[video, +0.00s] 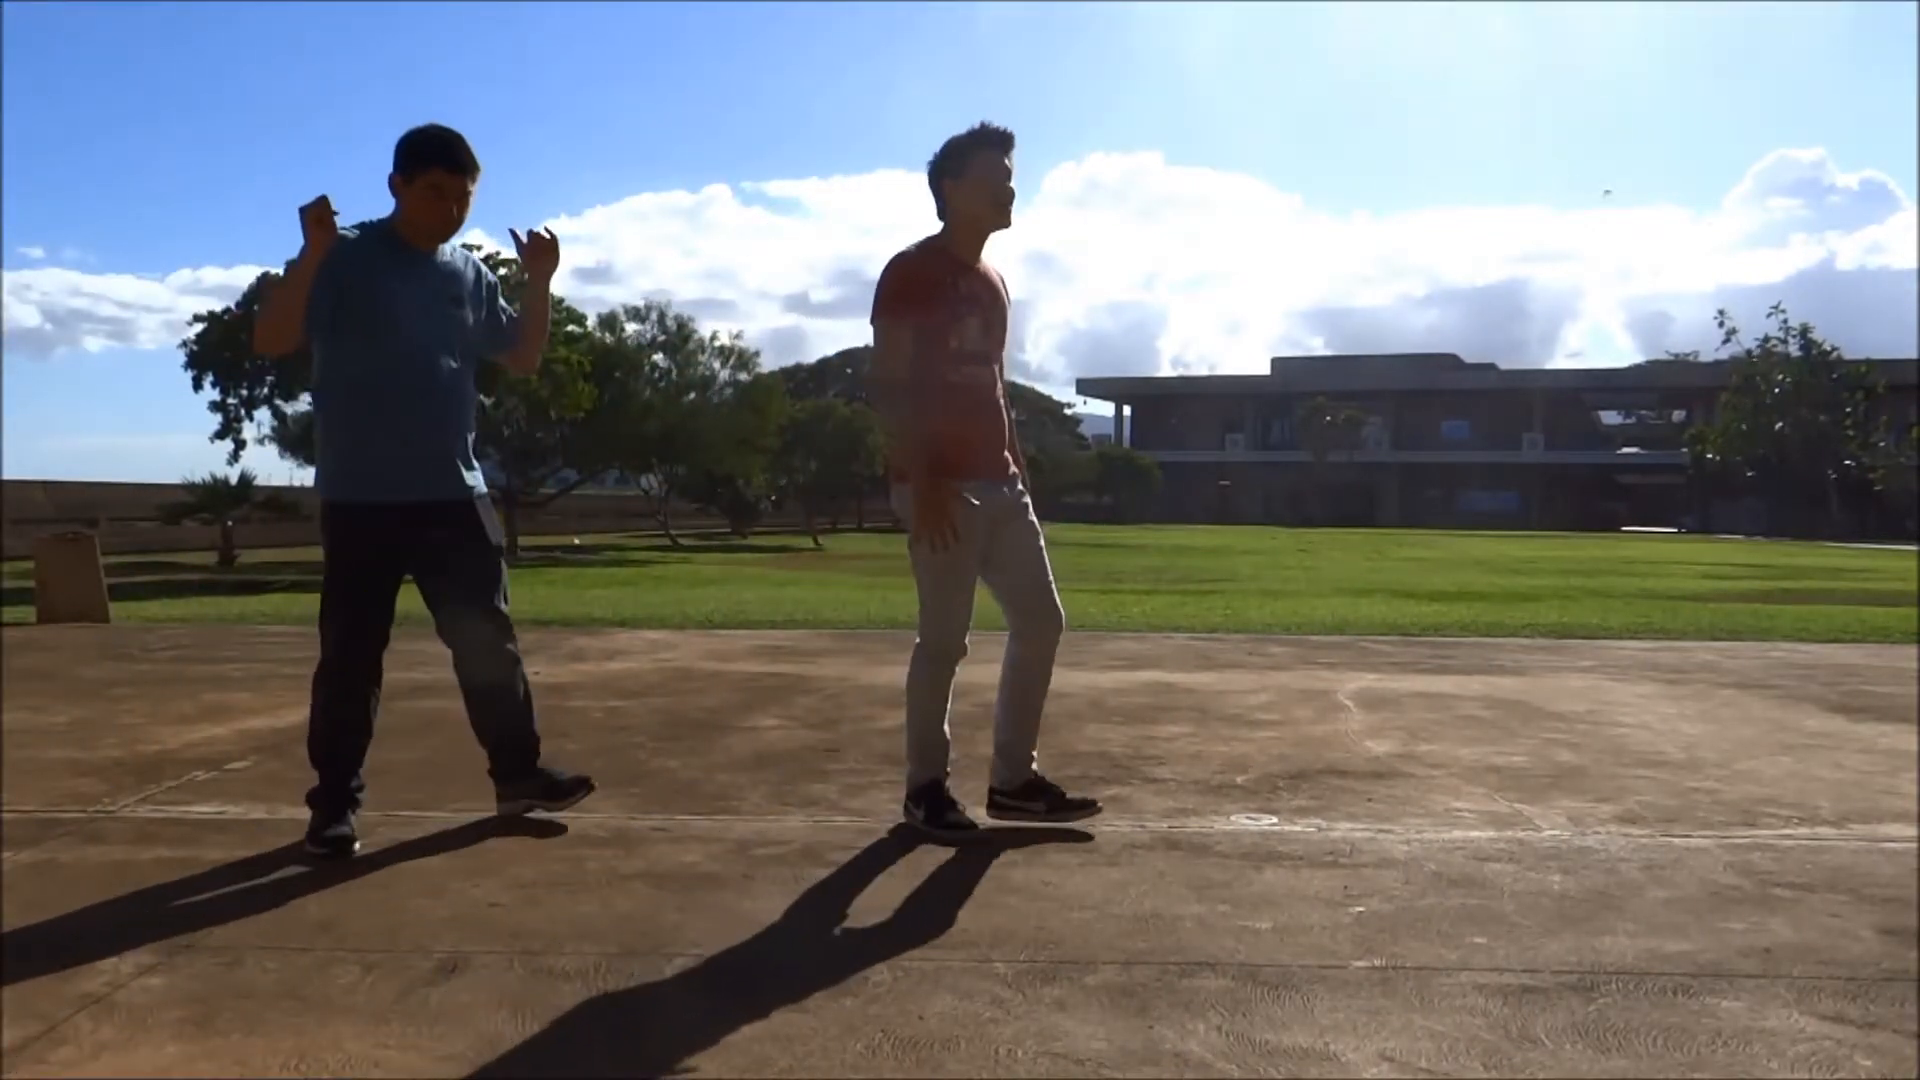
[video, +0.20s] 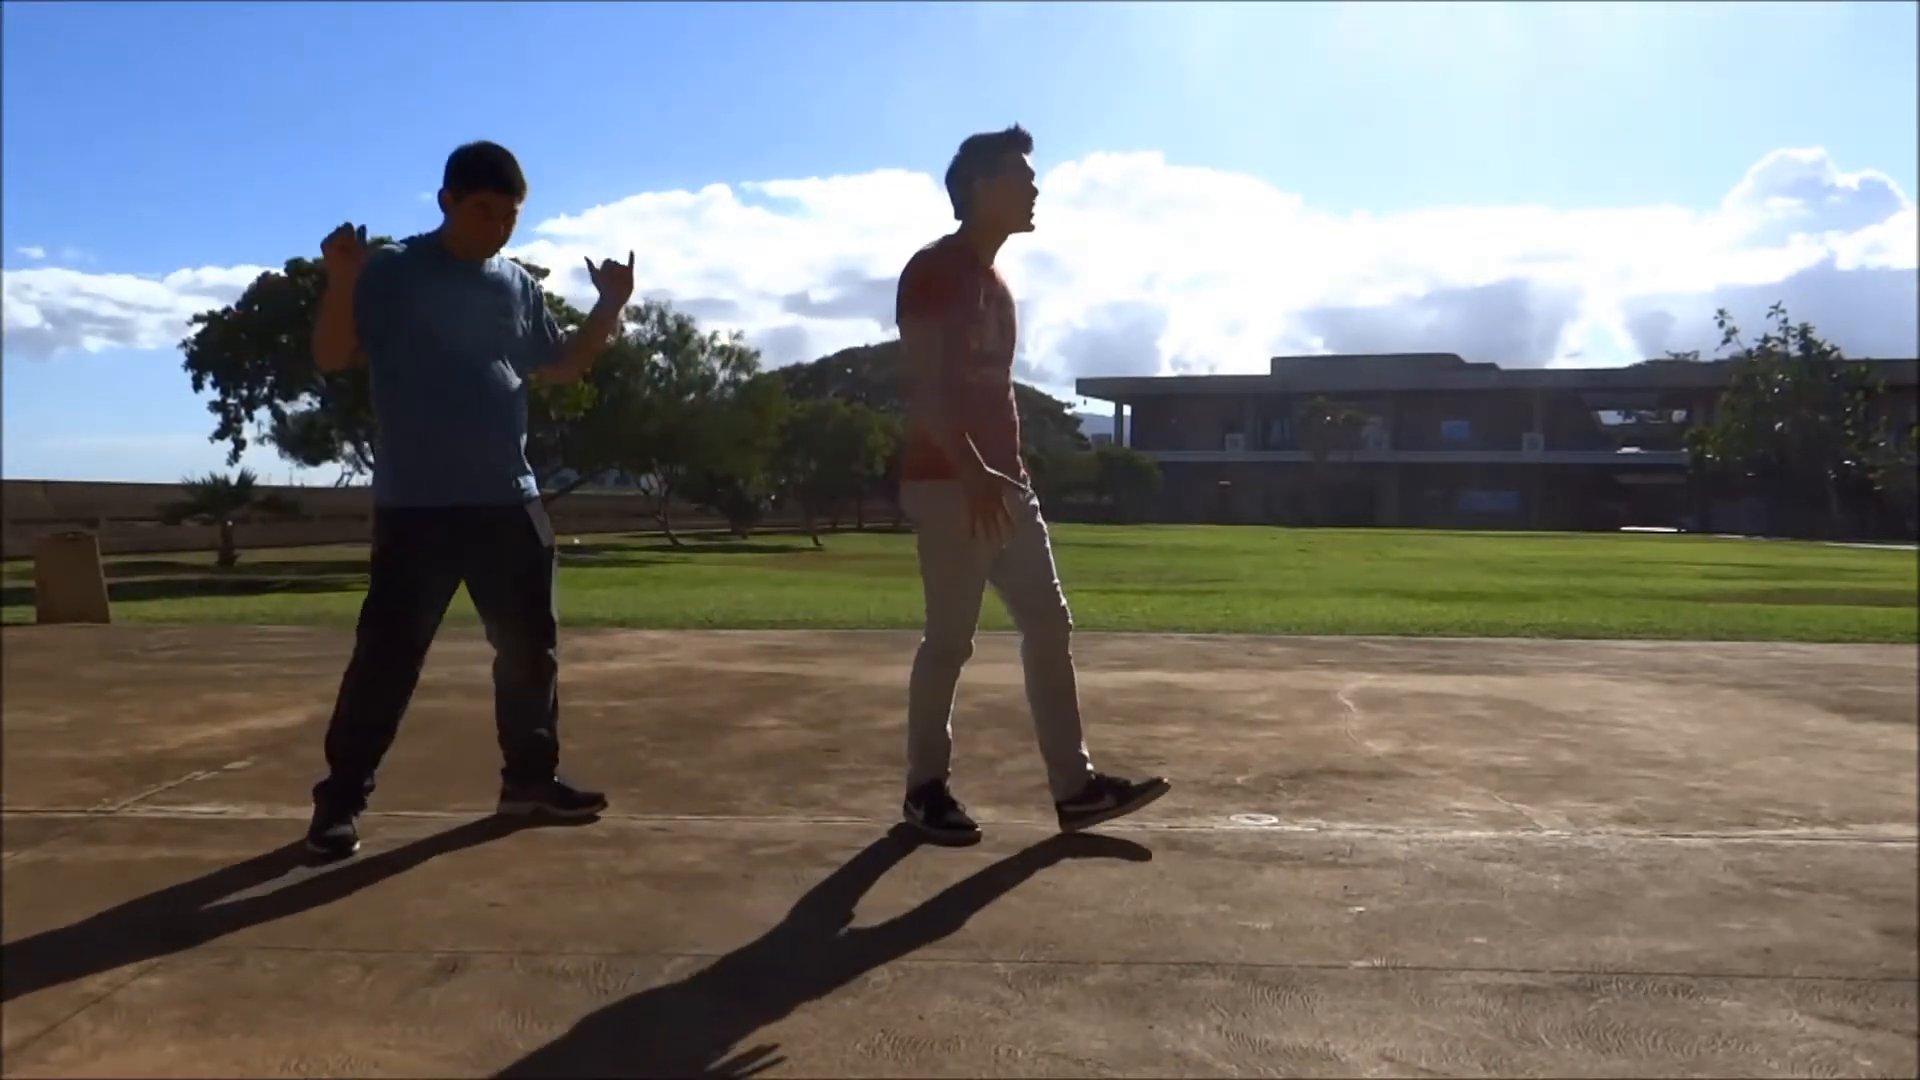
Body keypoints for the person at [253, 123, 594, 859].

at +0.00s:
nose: (454, 209)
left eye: (462, 196)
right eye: (440, 193)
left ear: (470, 200)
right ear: (401, 187)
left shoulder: (468, 273)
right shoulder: (341, 259)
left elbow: (521, 354)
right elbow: (270, 340)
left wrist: (538, 283)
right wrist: (311, 254)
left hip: (449, 490)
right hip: (360, 493)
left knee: (487, 636)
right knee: (349, 655)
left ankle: (518, 776)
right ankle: (333, 804)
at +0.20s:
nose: (502, 227)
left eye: (510, 214)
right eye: (490, 211)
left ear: (517, 212)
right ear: (451, 203)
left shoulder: (516, 287)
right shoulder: (389, 272)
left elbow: (562, 364)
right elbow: (330, 355)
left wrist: (610, 305)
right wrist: (340, 277)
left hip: (506, 498)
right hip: (416, 501)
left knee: (530, 643)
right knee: (385, 655)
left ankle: (530, 779)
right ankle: (340, 803)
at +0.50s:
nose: (569, 232)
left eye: (576, 219)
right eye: (561, 217)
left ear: (575, 217)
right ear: (522, 204)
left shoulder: (577, 294)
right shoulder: (451, 274)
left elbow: (606, 367)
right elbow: (402, 364)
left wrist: (692, 336)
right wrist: (393, 307)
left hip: (564, 491)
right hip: (486, 491)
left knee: (556, 641)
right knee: (479, 640)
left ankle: (535, 780)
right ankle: (441, 797)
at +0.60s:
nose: (586, 233)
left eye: (593, 221)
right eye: (579, 218)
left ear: (589, 218)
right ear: (538, 204)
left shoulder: (590, 293)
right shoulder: (469, 273)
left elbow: (617, 370)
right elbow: (420, 365)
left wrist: (703, 338)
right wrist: (417, 308)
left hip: (574, 488)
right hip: (500, 487)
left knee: (566, 637)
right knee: (515, 632)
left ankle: (544, 780)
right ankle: (503, 796)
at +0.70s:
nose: (600, 238)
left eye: (607, 225)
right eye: (594, 222)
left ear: (603, 220)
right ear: (552, 206)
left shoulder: (598, 291)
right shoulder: (484, 274)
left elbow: (627, 368)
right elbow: (435, 368)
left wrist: (717, 357)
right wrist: (438, 318)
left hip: (583, 486)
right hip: (514, 484)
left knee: (570, 631)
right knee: (550, 628)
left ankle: (528, 779)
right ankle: (564, 785)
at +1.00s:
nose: (646, 246)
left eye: (654, 233)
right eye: (643, 230)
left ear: (638, 225)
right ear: (603, 212)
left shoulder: (630, 293)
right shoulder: (533, 277)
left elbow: (646, 374)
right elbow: (489, 375)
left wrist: (730, 395)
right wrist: (516, 358)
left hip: (610, 492)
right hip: (556, 491)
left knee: (571, 632)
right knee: (610, 626)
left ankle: (531, 782)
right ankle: (654, 788)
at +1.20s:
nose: (682, 243)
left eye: (688, 231)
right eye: (678, 227)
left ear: (661, 218)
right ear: (637, 209)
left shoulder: (654, 286)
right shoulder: (580, 274)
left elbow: (677, 377)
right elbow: (551, 369)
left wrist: (748, 432)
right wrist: (560, 419)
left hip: (638, 491)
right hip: (599, 490)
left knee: (592, 631)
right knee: (640, 630)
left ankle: (533, 777)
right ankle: (659, 793)